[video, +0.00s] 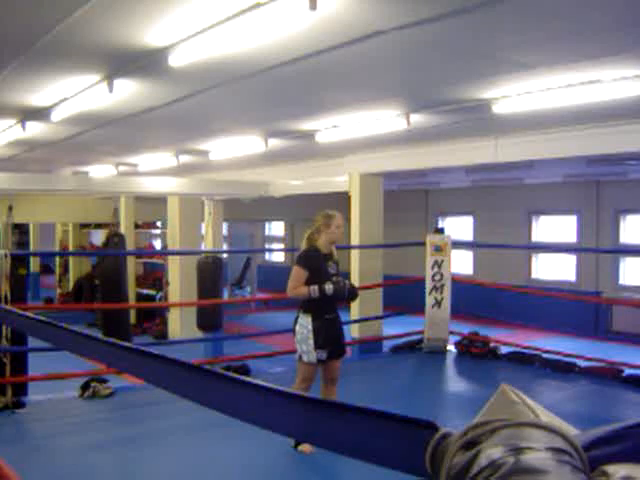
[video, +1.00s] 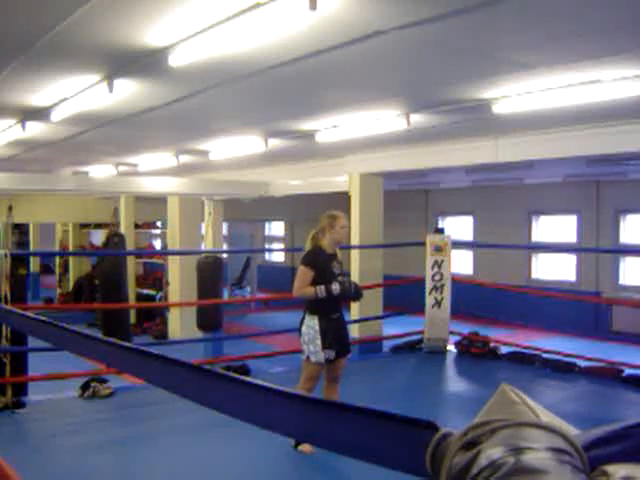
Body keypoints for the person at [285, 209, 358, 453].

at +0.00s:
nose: (341, 233)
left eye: (342, 228)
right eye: (338, 228)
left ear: (334, 230)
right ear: (324, 228)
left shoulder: (332, 258)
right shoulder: (308, 256)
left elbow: (330, 289)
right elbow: (292, 290)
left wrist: (346, 291)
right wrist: (324, 289)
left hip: (331, 317)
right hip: (310, 317)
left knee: (331, 378)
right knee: (305, 379)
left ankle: (329, 429)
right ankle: (300, 433)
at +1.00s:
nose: (346, 233)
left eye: (347, 229)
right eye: (343, 228)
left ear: (337, 230)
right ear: (328, 229)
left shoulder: (336, 258)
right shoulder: (313, 256)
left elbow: (333, 288)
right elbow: (298, 290)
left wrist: (350, 290)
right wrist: (330, 289)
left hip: (335, 318)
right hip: (316, 318)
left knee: (334, 378)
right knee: (309, 380)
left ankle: (330, 428)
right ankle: (300, 431)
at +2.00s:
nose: (346, 233)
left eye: (347, 229)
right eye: (343, 229)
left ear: (336, 230)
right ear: (328, 229)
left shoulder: (334, 257)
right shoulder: (312, 255)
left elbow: (331, 289)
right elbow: (296, 290)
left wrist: (348, 291)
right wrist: (327, 289)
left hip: (334, 317)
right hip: (315, 318)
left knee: (334, 378)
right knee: (308, 379)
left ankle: (329, 429)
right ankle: (299, 431)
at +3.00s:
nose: (346, 233)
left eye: (347, 229)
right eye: (343, 229)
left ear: (338, 231)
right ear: (329, 230)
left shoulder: (336, 258)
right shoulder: (314, 256)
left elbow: (333, 288)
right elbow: (298, 290)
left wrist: (350, 291)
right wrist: (330, 289)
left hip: (335, 318)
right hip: (316, 319)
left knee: (334, 378)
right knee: (309, 379)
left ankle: (329, 428)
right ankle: (299, 431)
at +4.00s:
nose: (347, 233)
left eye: (347, 229)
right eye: (343, 229)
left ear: (338, 230)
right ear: (329, 229)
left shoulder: (335, 258)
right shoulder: (314, 256)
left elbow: (333, 288)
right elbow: (298, 290)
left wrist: (350, 290)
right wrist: (330, 289)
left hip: (335, 318)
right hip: (316, 319)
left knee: (334, 378)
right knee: (309, 380)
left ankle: (330, 429)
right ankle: (298, 431)